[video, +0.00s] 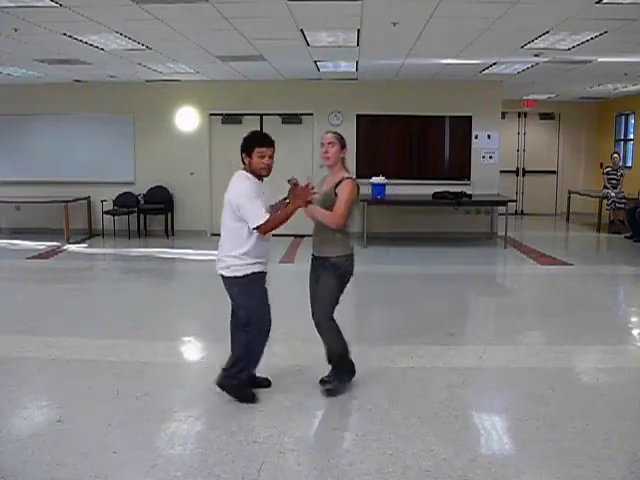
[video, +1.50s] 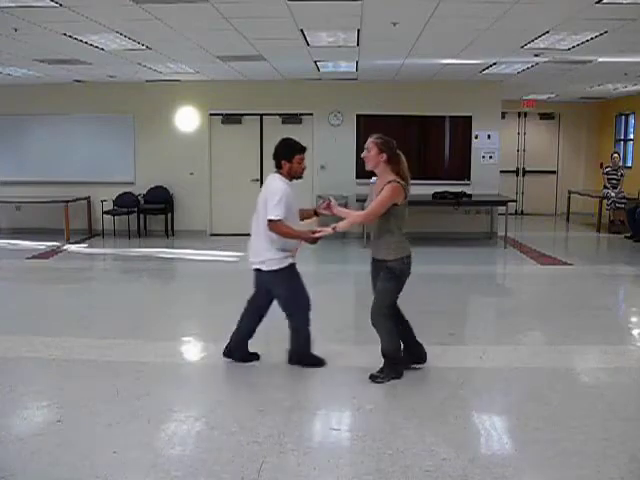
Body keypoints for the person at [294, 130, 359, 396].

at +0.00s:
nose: (325, 150)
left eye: (330, 145)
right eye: (323, 146)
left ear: (343, 150)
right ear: (321, 151)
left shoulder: (347, 183)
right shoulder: (325, 181)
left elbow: (337, 221)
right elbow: (321, 216)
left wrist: (307, 205)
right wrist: (303, 200)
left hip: (337, 259)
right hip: (320, 257)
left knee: (323, 316)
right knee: (319, 315)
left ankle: (344, 370)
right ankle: (338, 367)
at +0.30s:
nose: (319, 152)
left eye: (325, 147)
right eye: (317, 148)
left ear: (338, 152)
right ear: (315, 153)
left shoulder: (342, 184)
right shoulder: (322, 185)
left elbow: (336, 224)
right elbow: (318, 217)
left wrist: (306, 217)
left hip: (333, 264)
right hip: (314, 262)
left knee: (325, 321)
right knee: (299, 314)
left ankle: (325, 382)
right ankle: (333, 356)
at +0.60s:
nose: (332, 154)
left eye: (337, 149)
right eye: (329, 150)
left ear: (350, 153)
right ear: (328, 154)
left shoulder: (360, 184)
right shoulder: (331, 184)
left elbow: (355, 220)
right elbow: (322, 217)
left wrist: (327, 212)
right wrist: (303, 197)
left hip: (349, 262)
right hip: (326, 259)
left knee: (336, 318)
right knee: (324, 318)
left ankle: (343, 371)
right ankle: (331, 367)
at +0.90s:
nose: (352, 158)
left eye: (356, 153)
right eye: (352, 153)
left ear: (372, 155)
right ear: (366, 157)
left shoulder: (385, 185)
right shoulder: (362, 187)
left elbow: (368, 211)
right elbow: (343, 213)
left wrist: (337, 211)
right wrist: (313, 217)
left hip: (380, 265)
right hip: (357, 261)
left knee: (370, 318)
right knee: (339, 310)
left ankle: (385, 365)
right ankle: (330, 364)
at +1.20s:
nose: (368, 156)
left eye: (372, 151)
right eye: (368, 151)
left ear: (388, 154)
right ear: (387, 155)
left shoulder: (393, 185)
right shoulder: (391, 183)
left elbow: (361, 209)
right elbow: (368, 214)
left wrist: (329, 216)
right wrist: (338, 211)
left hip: (398, 257)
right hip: (392, 255)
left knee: (383, 310)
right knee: (384, 307)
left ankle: (387, 364)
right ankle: (406, 348)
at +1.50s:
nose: (363, 155)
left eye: (368, 151)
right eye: (364, 150)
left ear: (382, 156)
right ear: (380, 156)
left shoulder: (393, 187)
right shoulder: (379, 183)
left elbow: (367, 217)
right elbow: (367, 216)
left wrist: (334, 229)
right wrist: (337, 211)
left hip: (394, 262)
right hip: (380, 259)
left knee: (380, 313)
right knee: (388, 308)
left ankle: (393, 364)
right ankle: (414, 351)